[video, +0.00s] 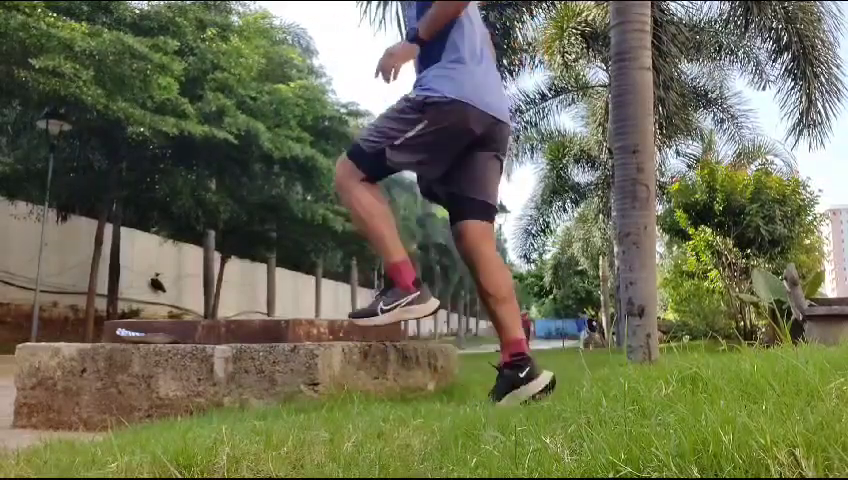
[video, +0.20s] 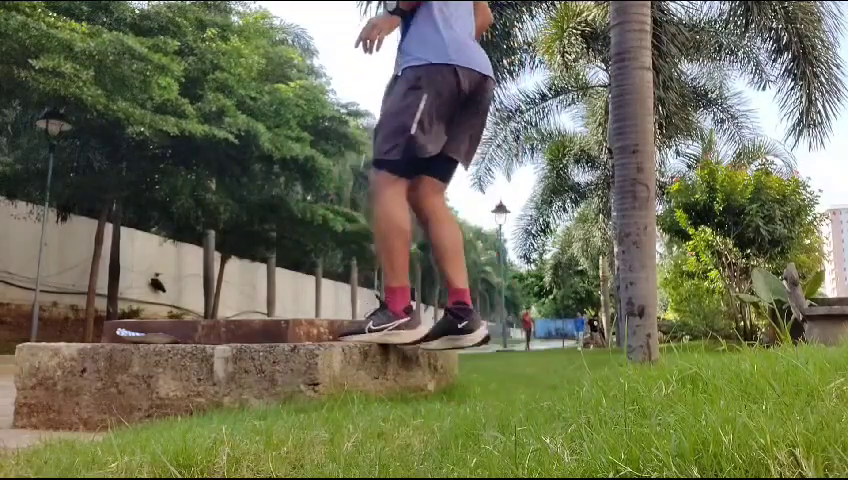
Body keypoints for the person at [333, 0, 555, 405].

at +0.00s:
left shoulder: (426, 6)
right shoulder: (470, 19)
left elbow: (457, 2)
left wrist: (413, 42)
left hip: (446, 91)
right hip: (494, 109)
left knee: (350, 173)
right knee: (476, 236)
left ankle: (405, 284)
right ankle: (517, 361)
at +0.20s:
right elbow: (484, 16)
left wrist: (395, 14)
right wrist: (445, 45)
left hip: (429, 61)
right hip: (479, 71)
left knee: (388, 181)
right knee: (428, 189)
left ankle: (397, 309)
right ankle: (462, 312)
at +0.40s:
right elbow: (495, 9)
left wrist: (384, 6)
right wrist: (457, 47)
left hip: (433, 63)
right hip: (475, 72)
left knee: (398, 187)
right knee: (436, 192)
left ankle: (462, 301)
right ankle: (436, 312)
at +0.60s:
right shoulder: (484, 5)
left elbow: (420, 4)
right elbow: (525, 17)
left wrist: (393, 33)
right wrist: (481, 52)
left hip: (458, 96)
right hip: (496, 105)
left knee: (458, 239)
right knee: (405, 203)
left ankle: (502, 370)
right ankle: (473, 307)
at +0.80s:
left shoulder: (427, 2)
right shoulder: (485, 6)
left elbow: (460, 4)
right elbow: (524, 42)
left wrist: (404, 61)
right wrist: (480, 90)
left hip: (453, 110)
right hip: (490, 116)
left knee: (441, 247)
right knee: (447, 247)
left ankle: (509, 372)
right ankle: (509, 365)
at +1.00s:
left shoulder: (420, 5)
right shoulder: (457, 17)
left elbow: (466, 3)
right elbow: (491, 67)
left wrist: (407, 65)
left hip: (450, 107)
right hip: (495, 123)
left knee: (353, 186)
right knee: (471, 247)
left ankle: (423, 277)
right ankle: (514, 369)